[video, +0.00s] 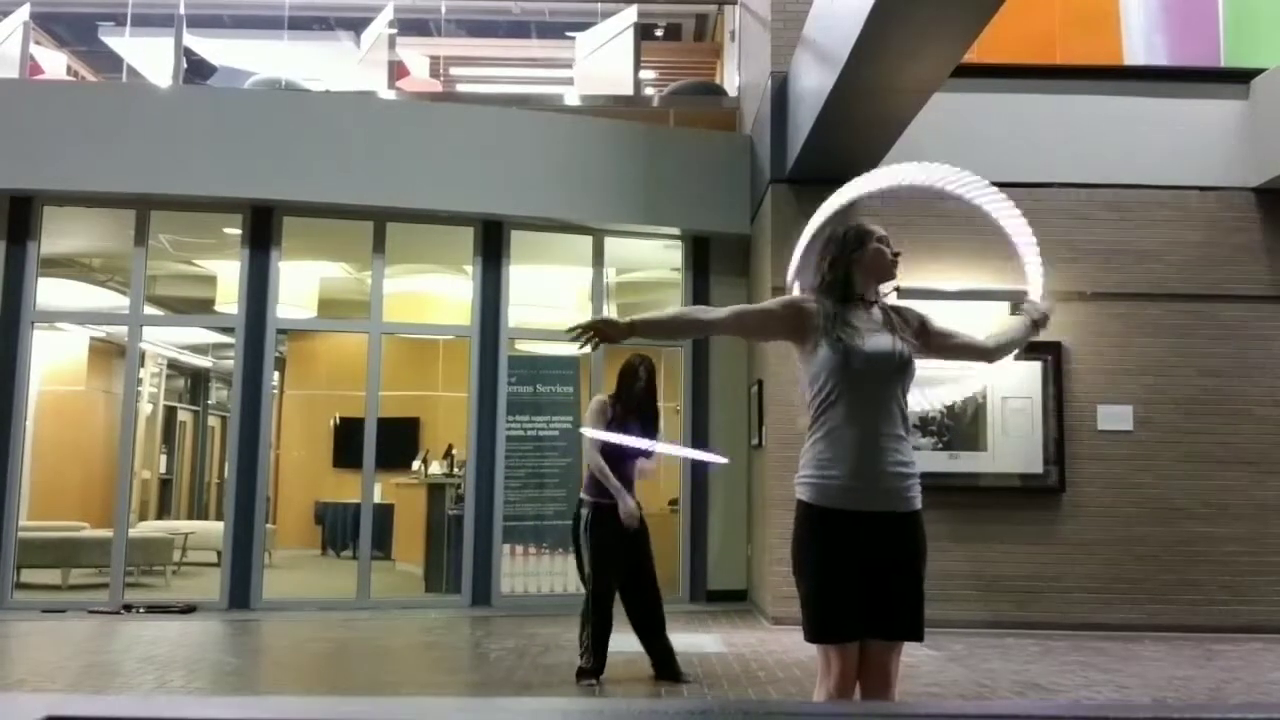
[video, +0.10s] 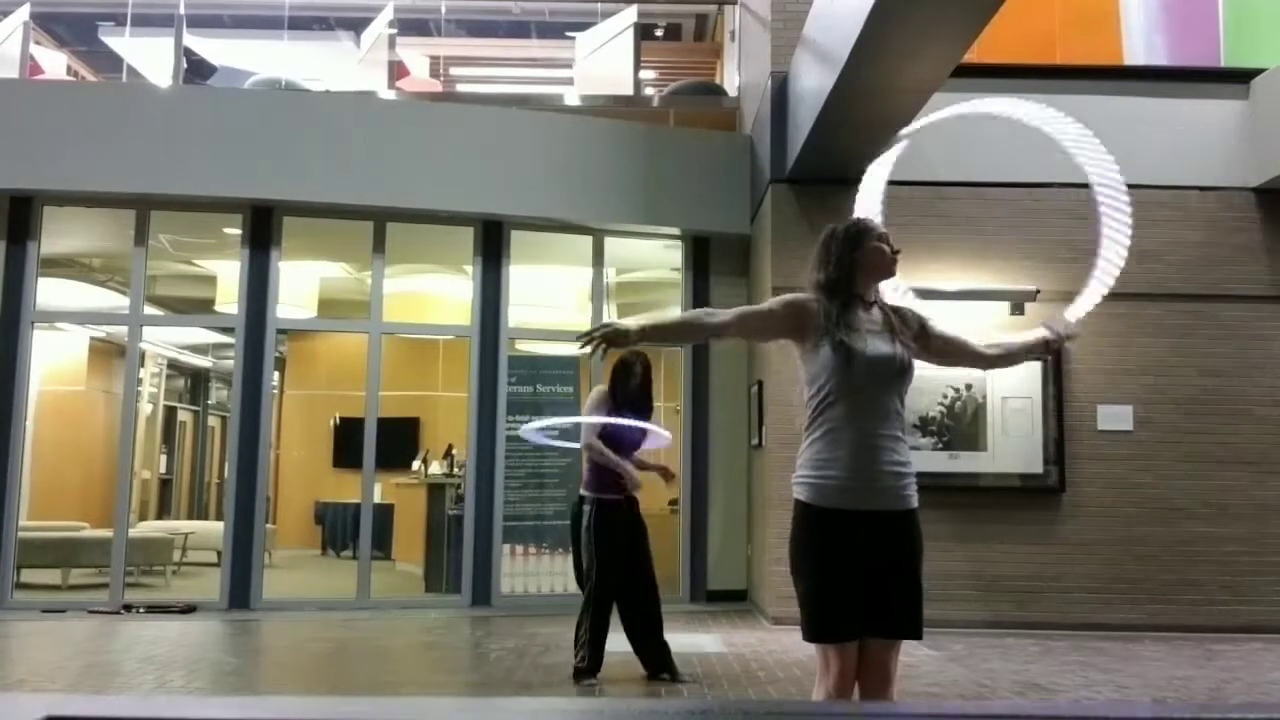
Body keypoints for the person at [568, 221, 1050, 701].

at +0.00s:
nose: (891, 249)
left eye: (890, 242)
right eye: (877, 242)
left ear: (883, 263)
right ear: (845, 257)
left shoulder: (904, 322)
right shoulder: (808, 313)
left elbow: (987, 349)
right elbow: (713, 320)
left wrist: (1031, 320)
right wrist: (627, 328)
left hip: (896, 508)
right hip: (829, 507)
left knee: (882, 674)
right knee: (841, 673)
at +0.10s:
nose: (892, 249)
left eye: (889, 242)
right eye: (881, 243)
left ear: (873, 259)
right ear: (853, 256)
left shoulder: (901, 322)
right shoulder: (809, 312)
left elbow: (981, 355)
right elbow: (719, 322)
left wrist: (1046, 340)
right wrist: (634, 331)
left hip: (894, 509)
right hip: (826, 507)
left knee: (882, 669)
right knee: (838, 670)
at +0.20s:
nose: (889, 246)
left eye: (887, 239)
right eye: (877, 240)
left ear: (878, 259)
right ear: (848, 254)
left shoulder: (904, 322)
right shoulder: (808, 312)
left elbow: (986, 358)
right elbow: (727, 330)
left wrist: (1065, 358)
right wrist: (649, 335)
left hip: (890, 506)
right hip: (822, 506)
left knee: (877, 672)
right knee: (837, 673)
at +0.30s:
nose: (883, 244)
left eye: (881, 237)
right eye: (869, 237)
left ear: (876, 254)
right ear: (838, 252)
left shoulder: (901, 321)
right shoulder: (801, 315)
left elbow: (986, 364)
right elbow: (725, 342)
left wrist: (1075, 388)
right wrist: (658, 347)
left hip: (887, 505)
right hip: (819, 504)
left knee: (875, 668)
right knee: (830, 667)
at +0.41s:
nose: (873, 239)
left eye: (874, 233)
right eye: (859, 233)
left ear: (877, 252)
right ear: (829, 252)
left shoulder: (904, 324)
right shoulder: (795, 318)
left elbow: (982, 375)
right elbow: (724, 359)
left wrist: (1063, 415)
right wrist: (694, 360)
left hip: (883, 507)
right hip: (815, 507)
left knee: (872, 667)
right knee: (828, 672)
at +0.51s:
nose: (866, 241)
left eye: (870, 234)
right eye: (852, 234)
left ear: (877, 253)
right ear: (824, 253)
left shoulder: (905, 323)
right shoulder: (797, 318)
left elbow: (971, 393)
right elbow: (750, 375)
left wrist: (1033, 460)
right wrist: (739, 375)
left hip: (883, 508)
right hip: (816, 508)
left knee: (874, 666)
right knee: (830, 667)